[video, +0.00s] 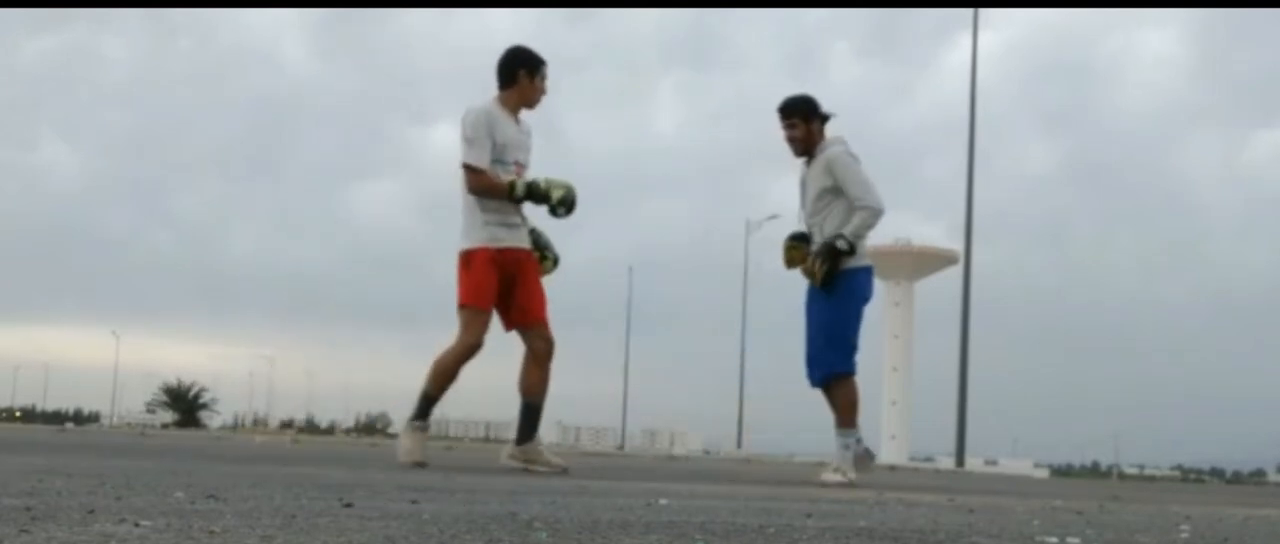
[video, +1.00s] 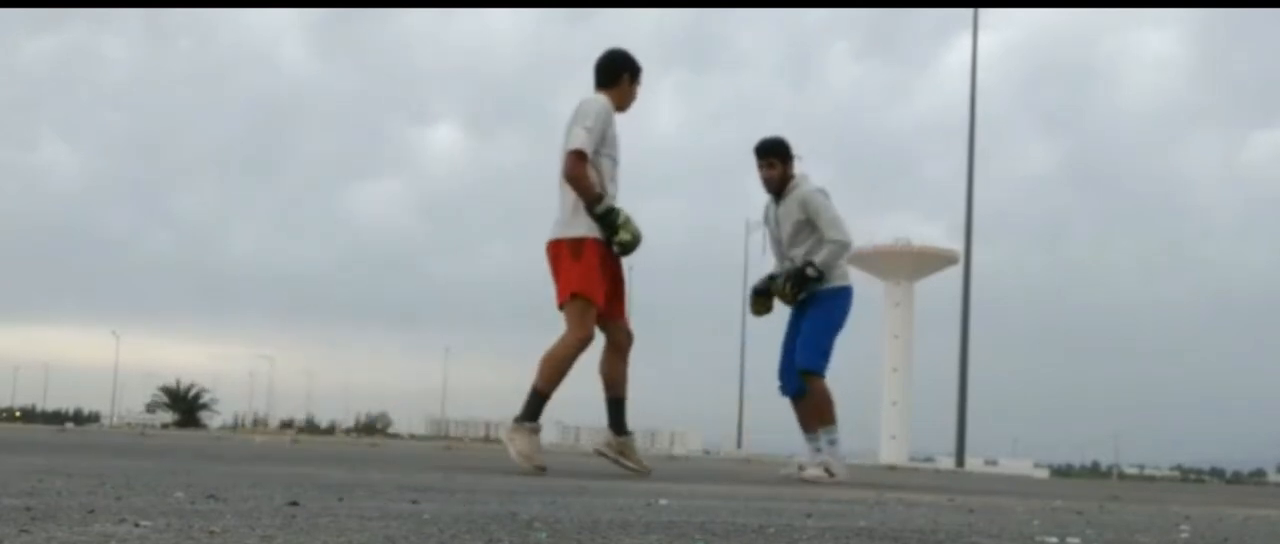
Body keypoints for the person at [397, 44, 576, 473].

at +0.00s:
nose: (544, 89)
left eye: (544, 81)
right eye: (540, 80)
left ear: (522, 80)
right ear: (520, 79)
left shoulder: (523, 131)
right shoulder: (480, 117)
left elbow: (505, 191)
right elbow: (474, 182)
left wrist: (532, 236)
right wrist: (528, 190)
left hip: (517, 247)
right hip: (481, 245)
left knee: (540, 343)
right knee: (470, 339)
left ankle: (526, 443)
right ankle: (416, 426)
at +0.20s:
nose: (573, 104)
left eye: (573, 95)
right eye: (570, 94)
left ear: (550, 92)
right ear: (552, 92)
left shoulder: (546, 146)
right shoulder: (510, 130)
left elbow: (532, 207)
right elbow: (504, 193)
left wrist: (561, 247)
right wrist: (558, 203)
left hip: (543, 256)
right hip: (509, 255)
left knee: (593, 339)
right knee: (516, 350)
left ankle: (569, 434)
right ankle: (468, 439)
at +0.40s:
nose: (602, 123)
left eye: (602, 115)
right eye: (599, 114)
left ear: (577, 113)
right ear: (582, 111)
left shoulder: (573, 163)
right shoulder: (542, 153)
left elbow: (559, 229)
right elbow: (538, 219)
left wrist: (588, 266)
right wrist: (592, 228)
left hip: (569, 274)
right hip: (540, 273)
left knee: (622, 354)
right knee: (541, 364)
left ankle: (615, 451)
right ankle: (470, 437)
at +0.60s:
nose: (627, 113)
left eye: (628, 105)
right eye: (625, 104)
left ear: (602, 100)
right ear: (609, 100)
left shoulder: (595, 144)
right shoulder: (578, 134)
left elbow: (586, 209)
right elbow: (576, 201)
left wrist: (618, 255)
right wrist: (615, 240)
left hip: (593, 265)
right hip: (565, 260)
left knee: (636, 345)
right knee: (570, 349)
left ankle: (623, 441)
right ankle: (497, 422)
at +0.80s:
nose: (638, 132)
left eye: (639, 124)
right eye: (636, 123)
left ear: (612, 120)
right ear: (622, 119)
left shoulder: (606, 165)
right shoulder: (587, 156)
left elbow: (597, 231)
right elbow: (587, 224)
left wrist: (630, 277)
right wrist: (626, 265)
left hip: (604, 286)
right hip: (576, 281)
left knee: (652, 360)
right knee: (582, 365)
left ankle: (620, 450)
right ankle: (512, 441)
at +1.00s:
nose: (636, 94)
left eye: (637, 85)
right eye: (635, 84)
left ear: (608, 78)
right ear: (623, 80)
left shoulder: (604, 119)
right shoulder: (594, 107)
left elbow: (595, 182)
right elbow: (575, 169)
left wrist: (618, 227)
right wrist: (608, 215)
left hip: (599, 241)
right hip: (578, 237)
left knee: (619, 337)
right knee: (580, 331)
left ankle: (618, 436)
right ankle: (524, 426)